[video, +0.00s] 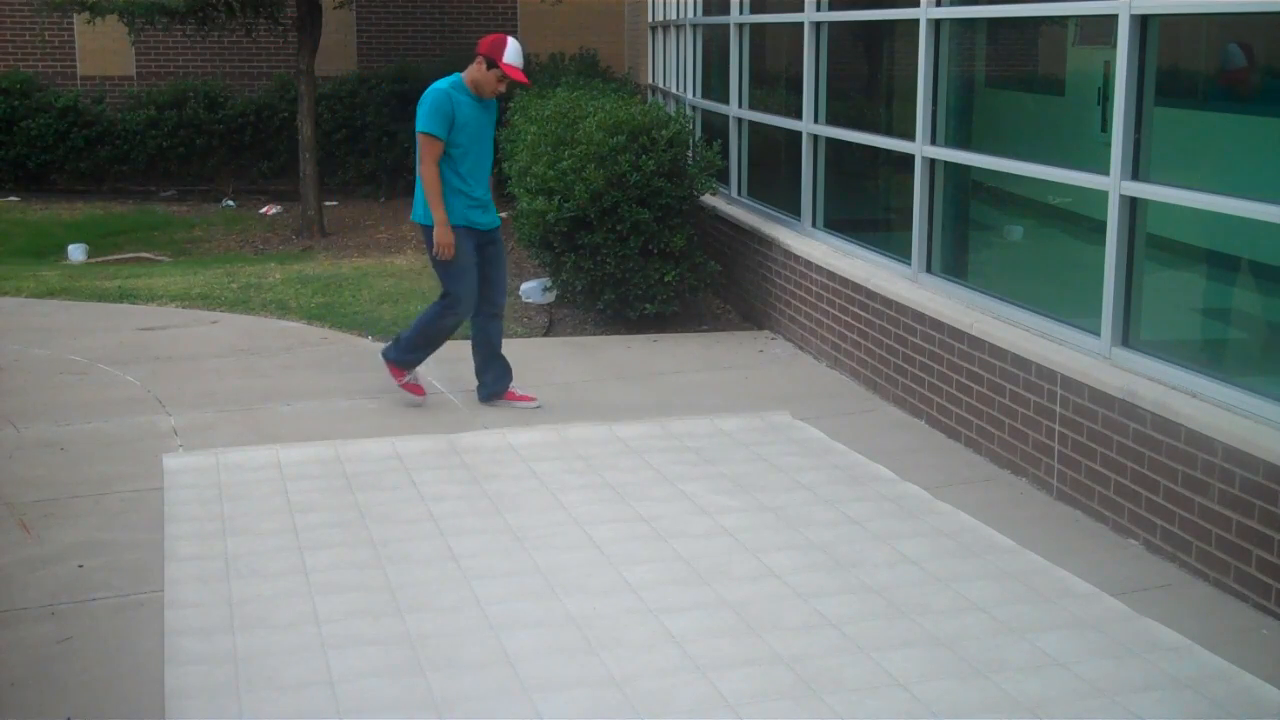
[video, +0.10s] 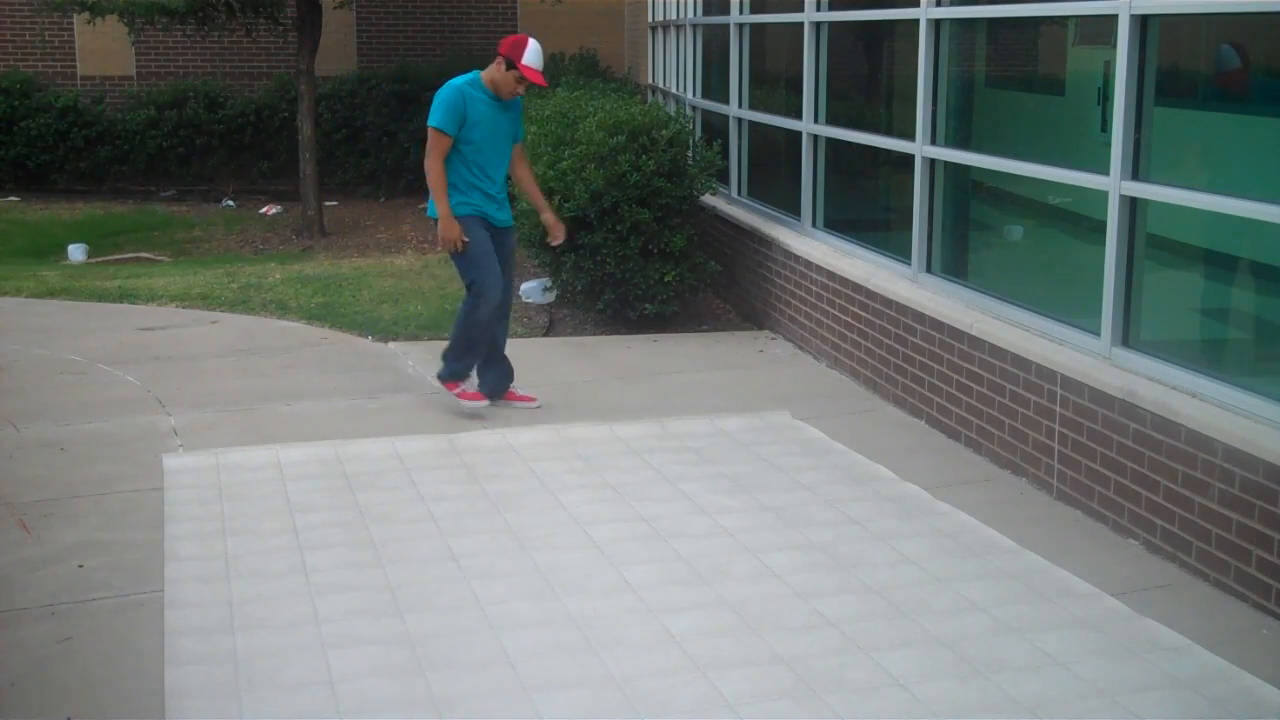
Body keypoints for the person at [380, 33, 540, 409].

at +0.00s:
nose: (503, 89)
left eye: (508, 83)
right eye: (500, 79)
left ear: (491, 71)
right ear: (479, 64)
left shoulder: (488, 102)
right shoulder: (440, 97)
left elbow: (481, 163)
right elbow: (427, 163)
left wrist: (490, 211)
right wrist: (441, 224)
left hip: (484, 220)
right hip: (448, 221)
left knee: (491, 305)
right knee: (460, 301)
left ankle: (493, 387)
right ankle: (399, 357)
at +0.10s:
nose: (522, 89)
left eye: (527, 83)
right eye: (519, 79)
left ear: (524, 77)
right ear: (499, 63)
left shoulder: (514, 103)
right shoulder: (456, 94)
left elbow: (518, 163)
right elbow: (433, 157)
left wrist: (546, 212)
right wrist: (445, 216)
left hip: (499, 213)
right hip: (460, 212)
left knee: (501, 296)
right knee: (488, 290)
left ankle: (495, 385)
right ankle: (452, 373)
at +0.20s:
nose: (536, 95)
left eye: (541, 90)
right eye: (534, 86)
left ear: (544, 84)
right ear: (515, 68)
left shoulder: (532, 109)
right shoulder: (469, 94)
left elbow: (550, 159)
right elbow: (441, 156)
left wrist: (592, 199)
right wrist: (449, 214)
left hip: (511, 210)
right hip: (472, 206)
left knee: (503, 292)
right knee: (504, 288)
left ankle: (496, 383)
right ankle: (503, 387)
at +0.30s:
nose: (548, 99)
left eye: (553, 94)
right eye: (546, 90)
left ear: (555, 86)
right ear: (528, 72)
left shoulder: (545, 109)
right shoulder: (481, 95)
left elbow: (573, 152)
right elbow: (451, 155)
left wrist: (622, 185)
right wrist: (453, 214)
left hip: (523, 214)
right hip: (485, 211)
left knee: (507, 296)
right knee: (516, 293)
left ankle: (494, 385)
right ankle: (549, 382)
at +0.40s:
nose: (560, 102)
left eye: (566, 97)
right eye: (559, 93)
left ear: (567, 89)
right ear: (542, 73)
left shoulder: (557, 110)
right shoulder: (496, 97)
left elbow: (586, 148)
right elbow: (463, 158)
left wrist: (633, 173)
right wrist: (460, 218)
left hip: (534, 216)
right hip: (497, 213)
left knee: (511, 299)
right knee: (535, 293)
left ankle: (495, 385)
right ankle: (560, 389)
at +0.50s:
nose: (574, 105)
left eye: (579, 101)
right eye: (574, 97)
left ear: (570, 85)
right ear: (558, 77)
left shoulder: (561, 110)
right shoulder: (513, 100)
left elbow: (584, 144)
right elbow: (479, 163)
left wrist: (630, 168)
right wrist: (474, 224)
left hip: (543, 220)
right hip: (512, 218)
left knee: (518, 302)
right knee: (546, 301)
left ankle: (498, 381)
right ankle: (559, 407)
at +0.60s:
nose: (592, 113)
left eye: (598, 108)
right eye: (592, 104)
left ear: (582, 88)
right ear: (576, 83)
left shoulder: (565, 108)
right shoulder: (534, 110)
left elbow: (575, 147)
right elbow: (502, 176)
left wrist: (610, 174)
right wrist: (496, 240)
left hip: (550, 226)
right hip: (527, 227)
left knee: (527, 306)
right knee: (558, 315)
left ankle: (502, 378)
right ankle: (566, 414)